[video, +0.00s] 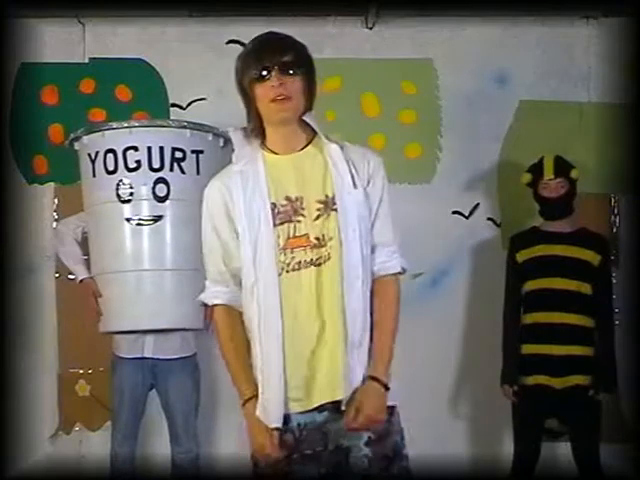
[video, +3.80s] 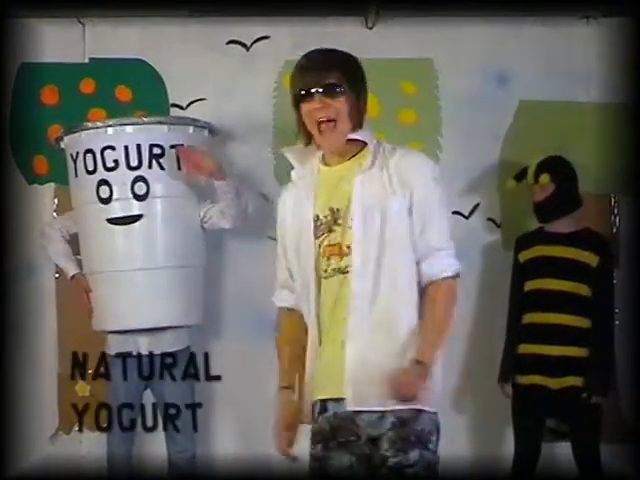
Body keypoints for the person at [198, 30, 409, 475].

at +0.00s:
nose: (279, 82)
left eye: (290, 69)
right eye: (263, 74)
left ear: (310, 82)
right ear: (248, 94)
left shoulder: (361, 167)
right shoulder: (226, 191)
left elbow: (386, 275)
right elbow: (223, 302)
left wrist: (377, 379)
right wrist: (251, 404)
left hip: (363, 404)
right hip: (282, 415)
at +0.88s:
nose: (338, 67)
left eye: (353, 52)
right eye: (323, 55)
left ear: (377, 67)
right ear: (307, 72)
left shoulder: (422, 169)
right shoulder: (269, 173)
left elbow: (435, 292)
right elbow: (251, 295)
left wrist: (440, 402)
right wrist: (259, 413)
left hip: (390, 421)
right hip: (297, 421)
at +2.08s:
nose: (284, 71)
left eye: (294, 54)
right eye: (286, 57)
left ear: (337, 54)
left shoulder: (430, 156)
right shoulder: (312, 157)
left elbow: (455, 306)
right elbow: (302, 286)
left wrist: (414, 432)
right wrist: (253, 359)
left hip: (387, 440)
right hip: (307, 428)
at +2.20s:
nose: (293, 78)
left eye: (298, 63)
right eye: (295, 64)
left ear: (323, 64)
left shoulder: (413, 147)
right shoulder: (319, 152)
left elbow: (445, 289)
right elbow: (308, 270)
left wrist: (413, 420)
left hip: (384, 432)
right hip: (312, 419)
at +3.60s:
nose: (292, 102)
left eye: (303, 89)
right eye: (291, 92)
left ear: (340, 95)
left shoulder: (387, 171)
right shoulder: (318, 185)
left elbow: (414, 280)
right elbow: (288, 270)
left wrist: (396, 396)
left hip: (380, 414)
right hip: (322, 410)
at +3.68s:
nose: (303, 102)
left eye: (316, 87)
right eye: (296, 93)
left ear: (351, 95)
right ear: (292, 107)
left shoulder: (397, 172)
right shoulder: (306, 191)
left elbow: (424, 284)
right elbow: (284, 291)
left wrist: (382, 383)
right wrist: (250, 368)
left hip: (391, 410)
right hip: (322, 412)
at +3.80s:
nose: (320, 106)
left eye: (332, 91)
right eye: (307, 96)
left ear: (359, 101)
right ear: (297, 111)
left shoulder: (411, 172)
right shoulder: (294, 196)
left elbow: (442, 276)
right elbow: (290, 305)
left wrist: (421, 364)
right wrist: (288, 391)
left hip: (403, 405)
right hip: (328, 410)